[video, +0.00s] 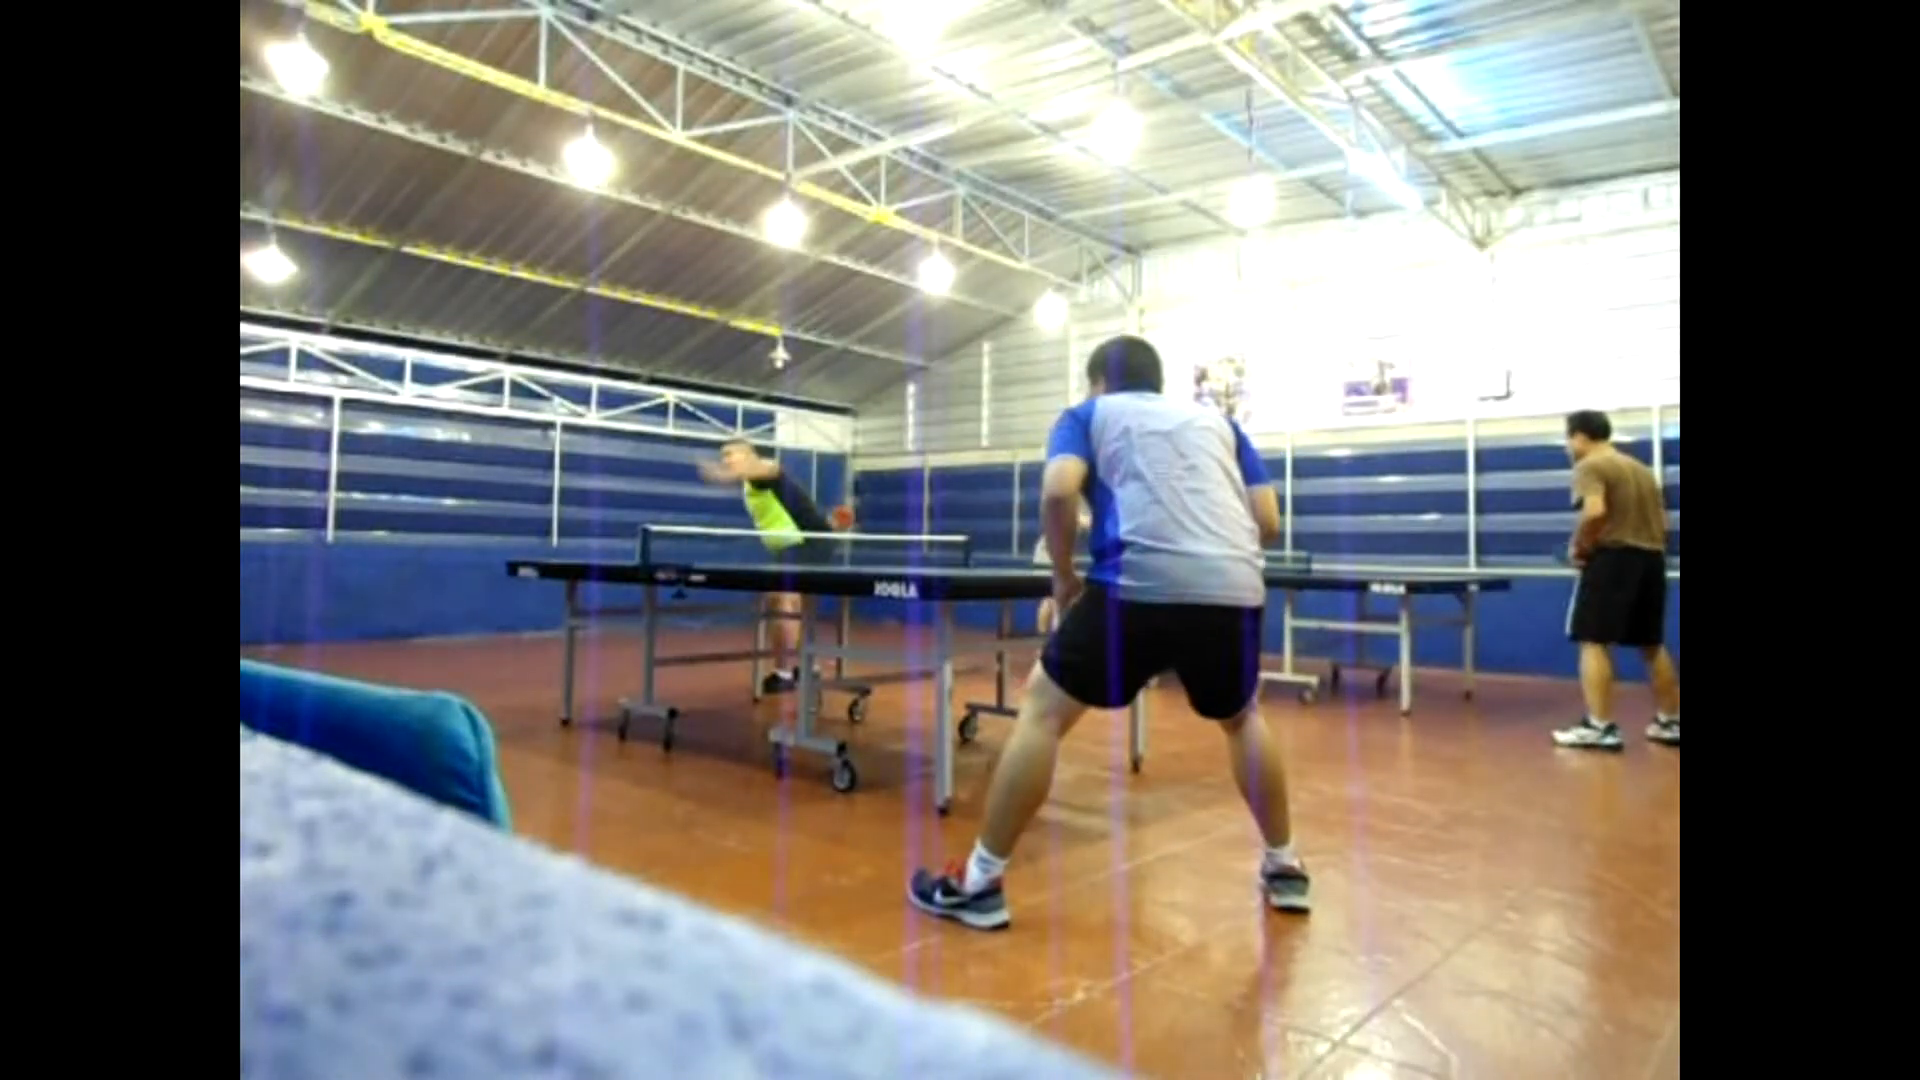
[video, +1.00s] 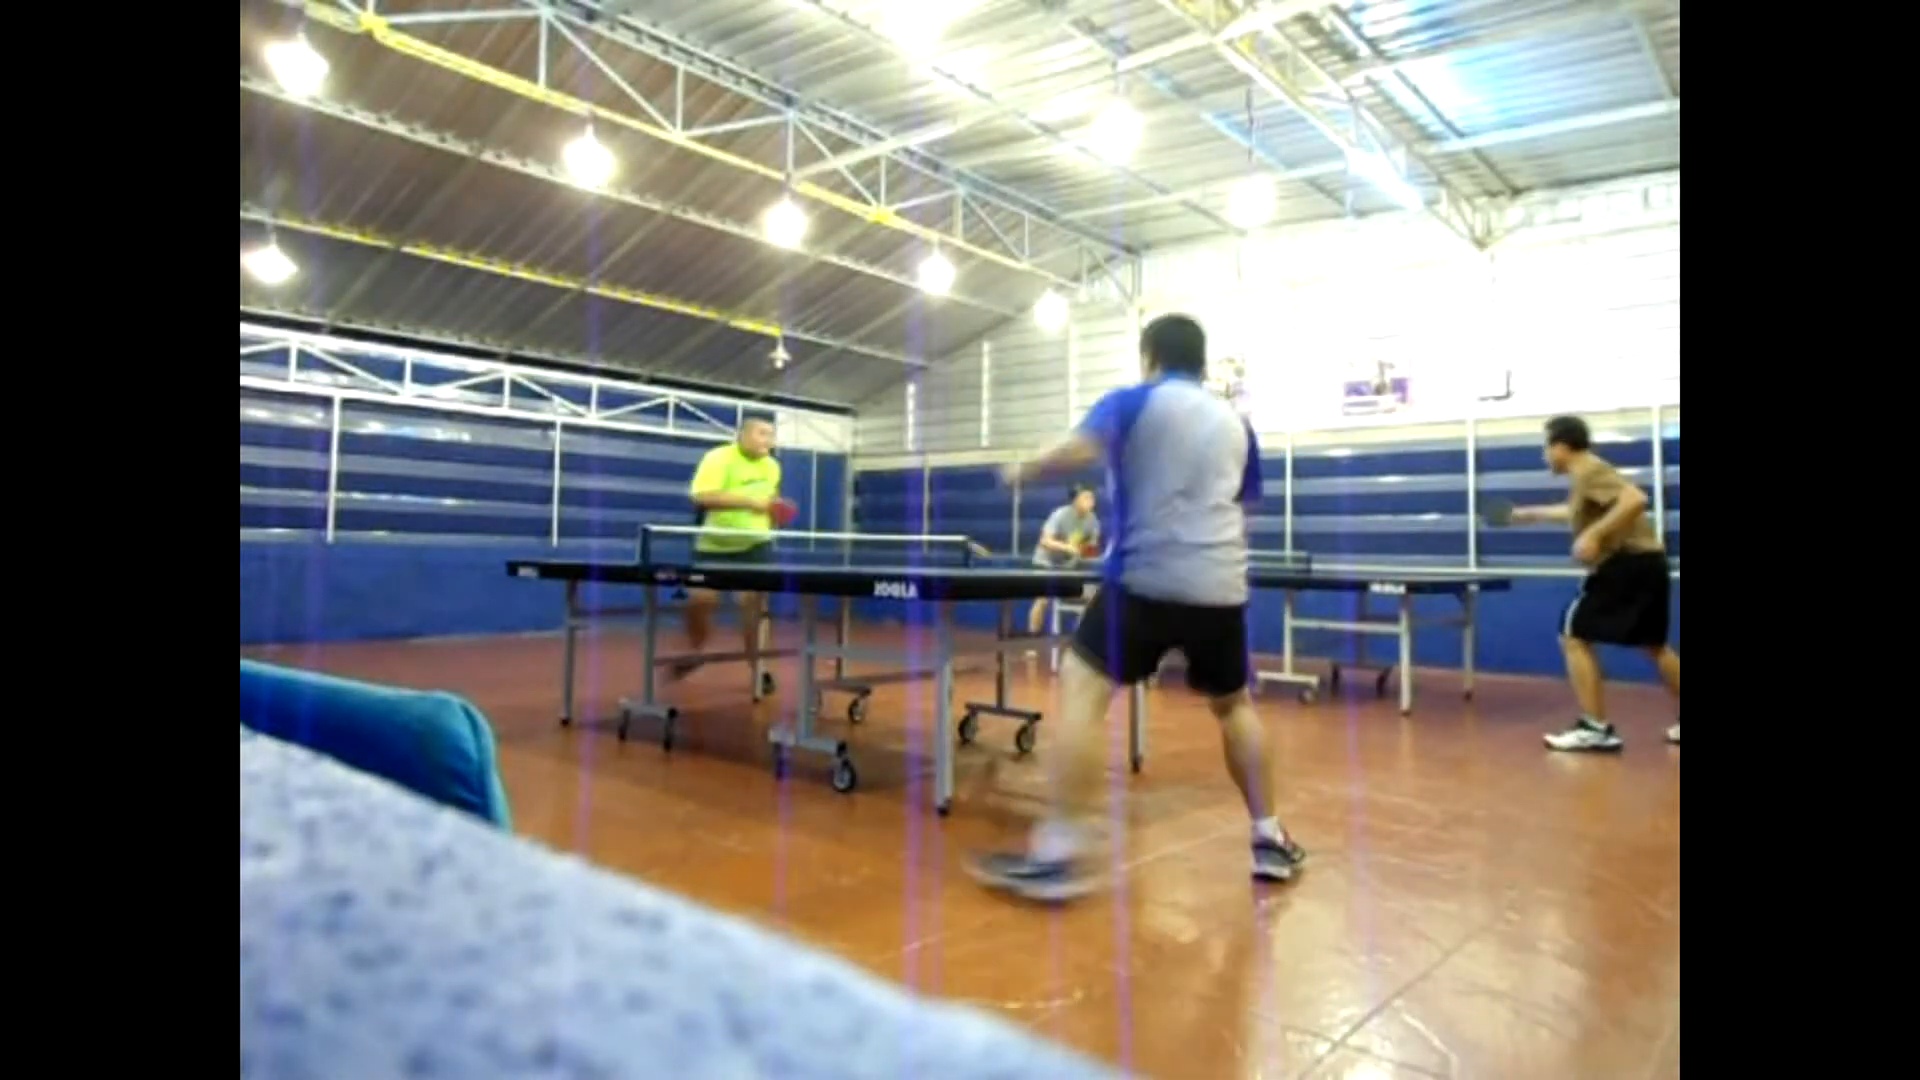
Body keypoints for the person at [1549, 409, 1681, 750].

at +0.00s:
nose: (1569, 446)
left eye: (1571, 439)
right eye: (1569, 439)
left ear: (1583, 438)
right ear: (1604, 435)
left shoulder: (1591, 465)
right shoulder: (1640, 469)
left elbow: (1595, 511)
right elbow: (1660, 520)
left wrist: (1579, 545)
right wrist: (1643, 543)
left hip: (1611, 553)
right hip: (1650, 555)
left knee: (1592, 641)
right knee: (1652, 644)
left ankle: (1598, 723)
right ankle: (1670, 718)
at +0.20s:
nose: (1567, 451)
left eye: (1568, 443)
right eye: (1566, 444)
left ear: (1580, 440)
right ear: (1601, 437)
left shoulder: (1596, 466)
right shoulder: (1635, 467)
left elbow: (1601, 510)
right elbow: (1651, 517)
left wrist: (1580, 539)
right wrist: (1601, 537)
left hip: (1626, 553)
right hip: (1660, 552)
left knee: (1602, 639)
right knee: (1657, 643)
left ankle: (1609, 721)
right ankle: (1671, 718)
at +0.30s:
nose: (1559, 457)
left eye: (1560, 449)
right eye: (1558, 450)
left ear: (1573, 445)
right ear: (1591, 443)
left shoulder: (1593, 469)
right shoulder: (1626, 468)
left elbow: (1590, 517)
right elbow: (1633, 528)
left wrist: (1568, 537)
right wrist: (1589, 537)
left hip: (1632, 554)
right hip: (1665, 551)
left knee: (1603, 638)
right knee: (1657, 642)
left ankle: (1614, 721)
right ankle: (1671, 719)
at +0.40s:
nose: (1546, 466)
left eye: (1547, 458)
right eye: (1545, 459)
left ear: (1560, 455)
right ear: (1577, 450)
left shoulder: (1586, 475)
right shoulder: (1612, 472)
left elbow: (1573, 528)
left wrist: (1546, 532)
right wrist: (1561, 535)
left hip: (1635, 559)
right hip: (1666, 554)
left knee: (1602, 640)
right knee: (1656, 645)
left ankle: (1599, 723)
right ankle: (1671, 719)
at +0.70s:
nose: (1523, 476)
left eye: (1524, 467)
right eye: (1522, 467)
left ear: (1538, 463)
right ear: (1552, 459)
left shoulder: (1568, 484)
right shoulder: (1582, 480)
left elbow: (1558, 530)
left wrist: (1525, 528)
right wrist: (1532, 525)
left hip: (1621, 567)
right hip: (1652, 561)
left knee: (1576, 642)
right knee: (1649, 645)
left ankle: (1595, 725)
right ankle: (1676, 718)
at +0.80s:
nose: (1524, 465)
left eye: (1526, 456)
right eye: (1523, 457)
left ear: (1542, 455)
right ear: (1551, 455)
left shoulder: (1573, 476)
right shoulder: (1560, 486)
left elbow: (1593, 512)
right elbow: (1529, 508)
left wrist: (1554, 532)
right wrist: (1492, 504)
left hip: (1621, 564)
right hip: (1647, 562)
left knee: (1577, 640)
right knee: (1653, 646)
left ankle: (1595, 724)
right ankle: (1680, 718)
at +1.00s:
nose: (1547, 455)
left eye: (1549, 447)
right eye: (1547, 447)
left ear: (1564, 446)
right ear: (1575, 445)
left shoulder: (1589, 470)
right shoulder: (1586, 474)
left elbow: (1633, 498)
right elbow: (1577, 511)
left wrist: (1595, 534)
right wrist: (1533, 514)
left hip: (1624, 563)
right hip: (1649, 562)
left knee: (1574, 638)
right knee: (1655, 645)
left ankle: (1595, 725)